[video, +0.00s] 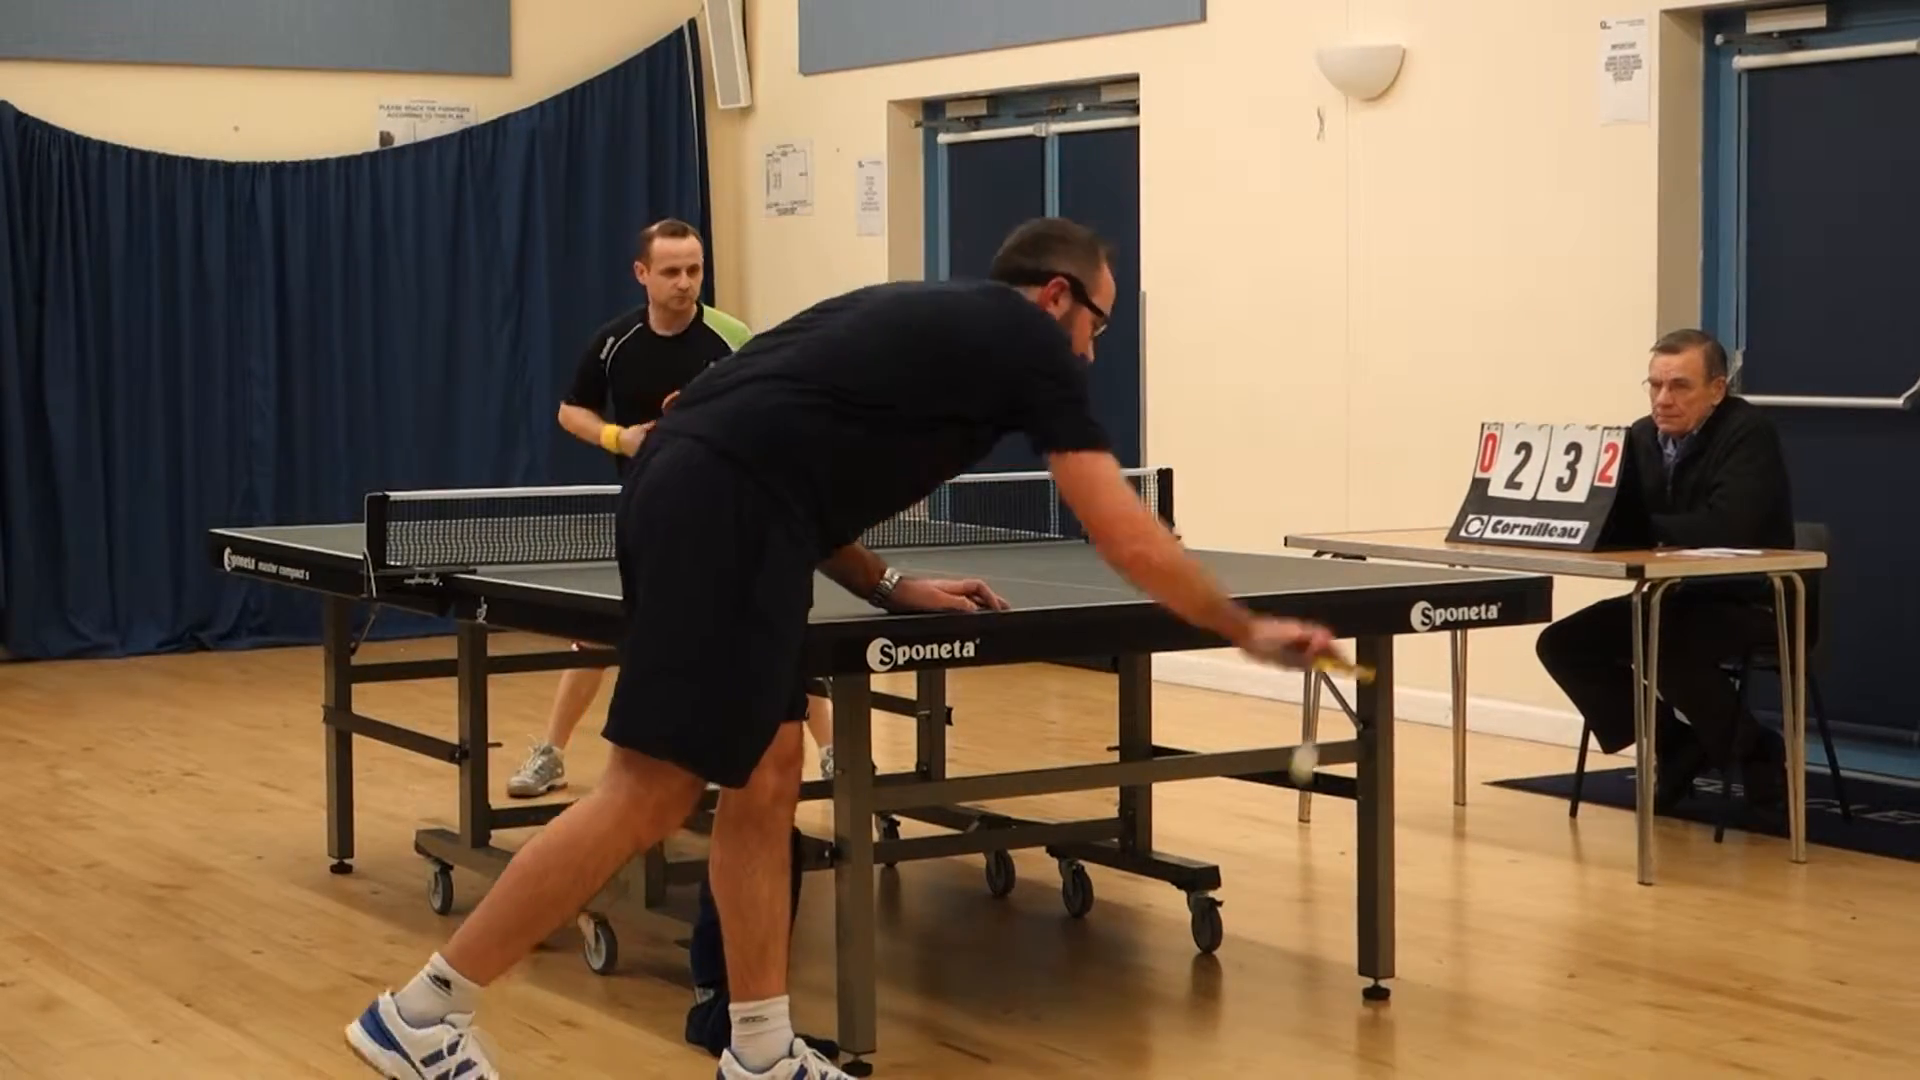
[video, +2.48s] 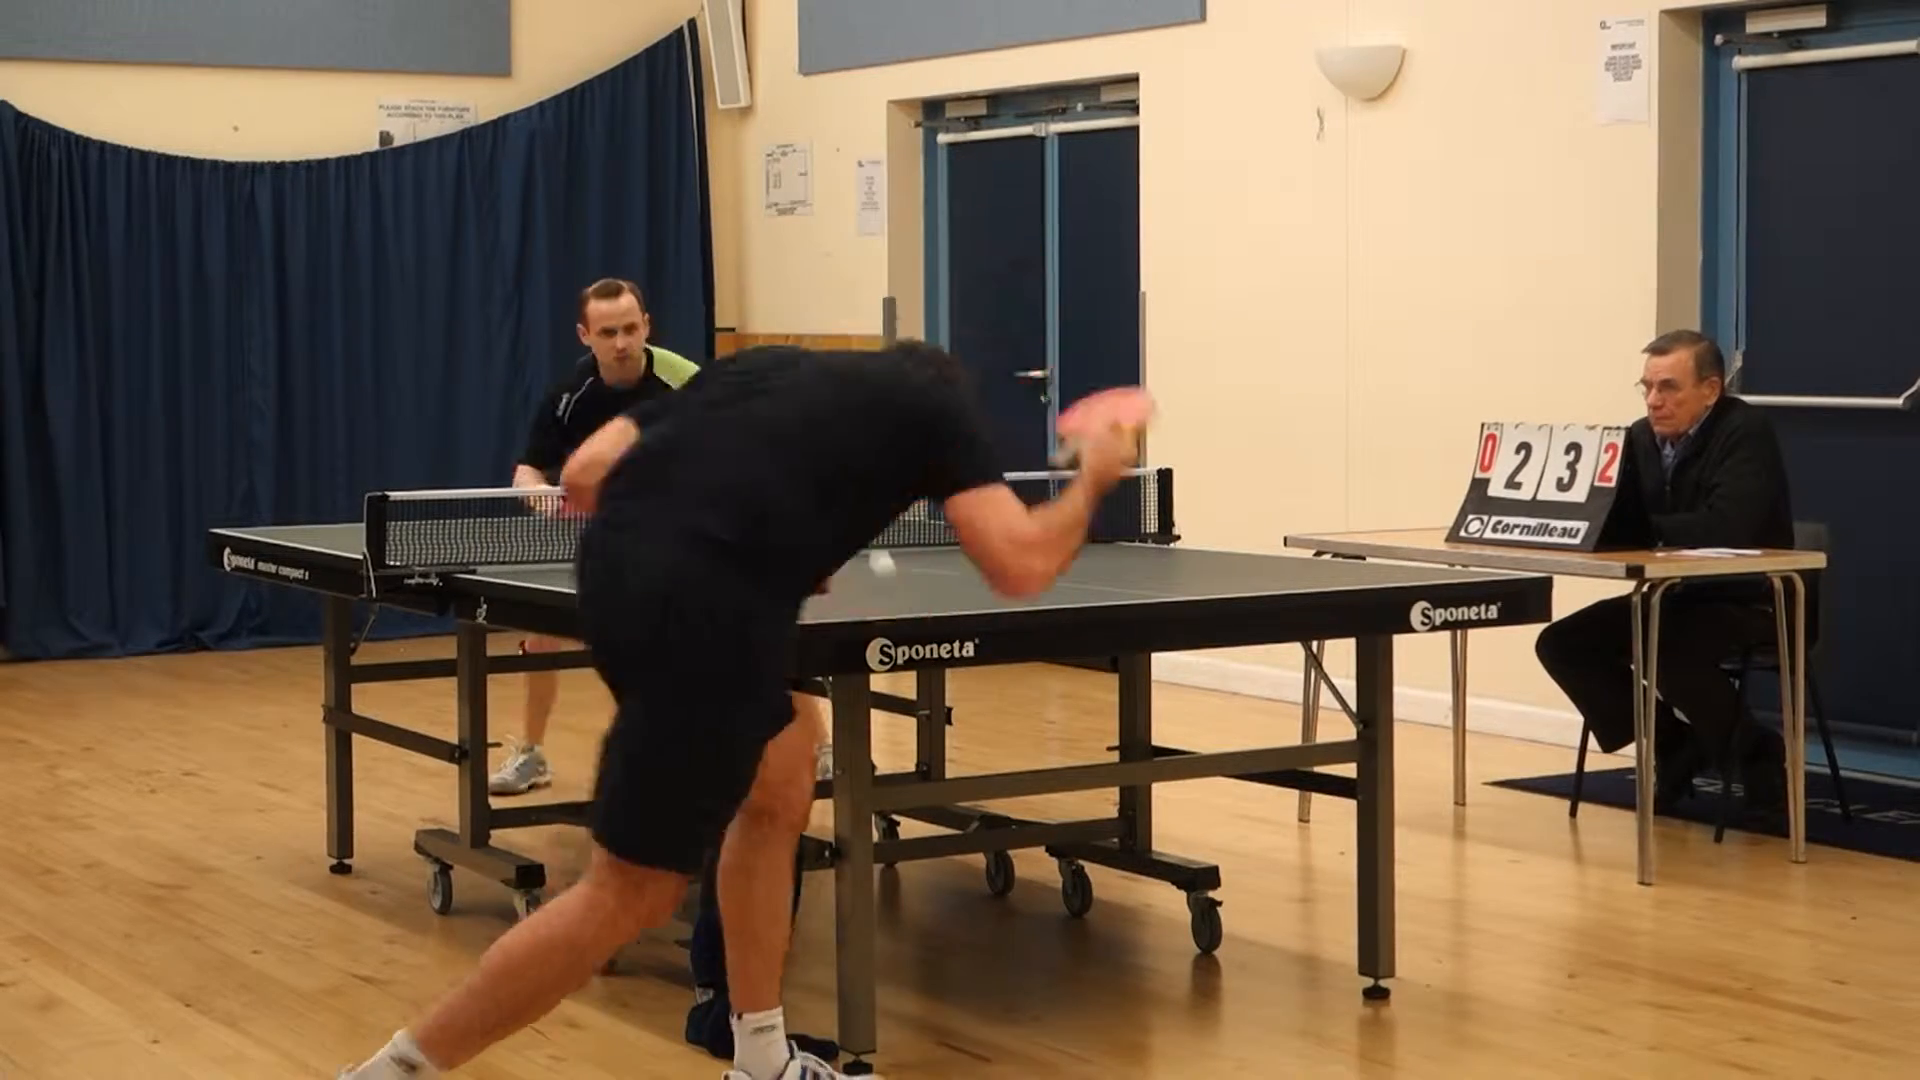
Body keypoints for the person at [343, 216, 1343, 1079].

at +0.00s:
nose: (1101, 335)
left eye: (1103, 316)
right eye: (1098, 313)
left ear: (1016, 287)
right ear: (1058, 292)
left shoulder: (913, 322)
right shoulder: (1034, 335)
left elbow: (785, 468)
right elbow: (1116, 527)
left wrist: (896, 584)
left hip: (708, 498)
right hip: (719, 501)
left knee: (768, 767)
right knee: (648, 794)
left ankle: (760, 1051)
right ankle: (420, 1009)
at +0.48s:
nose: (1007, 258)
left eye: (1017, 237)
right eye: (1008, 228)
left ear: (939, 204)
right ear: (951, 199)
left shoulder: (857, 263)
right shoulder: (892, 262)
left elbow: (776, 484)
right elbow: (811, 441)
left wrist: (893, 550)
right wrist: (944, 524)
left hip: (704, 528)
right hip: (647, 518)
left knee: (778, 769)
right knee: (642, 818)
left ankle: (760, 1053)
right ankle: (469, 1062)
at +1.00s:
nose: (900, 246)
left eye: (907, 223)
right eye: (901, 218)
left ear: (834, 199)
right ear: (852, 200)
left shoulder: (754, 272)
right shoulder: (756, 272)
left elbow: (757, 493)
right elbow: (737, 485)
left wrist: (907, 444)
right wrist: (872, 422)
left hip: (625, 567)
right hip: (560, 567)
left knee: (752, 774)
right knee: (632, 849)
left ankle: (725, 1050)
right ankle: (464, 1070)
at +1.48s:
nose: (989, 319)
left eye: (998, 300)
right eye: (993, 294)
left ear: (933, 260)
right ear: (954, 265)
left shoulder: (843, 308)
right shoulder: (857, 304)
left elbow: (824, 525)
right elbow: (827, 515)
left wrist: (970, 488)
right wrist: (943, 420)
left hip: (680, 562)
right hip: (622, 557)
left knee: (791, 780)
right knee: (694, 847)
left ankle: (733, 1053)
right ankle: (475, 1058)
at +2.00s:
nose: (914, 293)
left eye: (929, 283)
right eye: (924, 268)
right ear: (903, 206)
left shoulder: (820, 328)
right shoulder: (793, 212)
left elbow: (811, 494)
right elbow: (820, 298)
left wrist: (974, 525)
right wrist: (934, 217)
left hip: (687, 563)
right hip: (606, 551)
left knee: (788, 775)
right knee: (630, 848)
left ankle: (730, 1055)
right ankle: (395, 1064)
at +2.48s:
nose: (963, 426)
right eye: (966, 408)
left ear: (871, 354)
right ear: (950, 380)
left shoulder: (759, 368)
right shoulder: (931, 393)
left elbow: (584, 473)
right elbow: (1020, 565)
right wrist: (1094, 473)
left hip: (614, 574)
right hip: (710, 608)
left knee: (787, 752)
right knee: (628, 890)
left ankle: (760, 1057)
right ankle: (401, 1063)